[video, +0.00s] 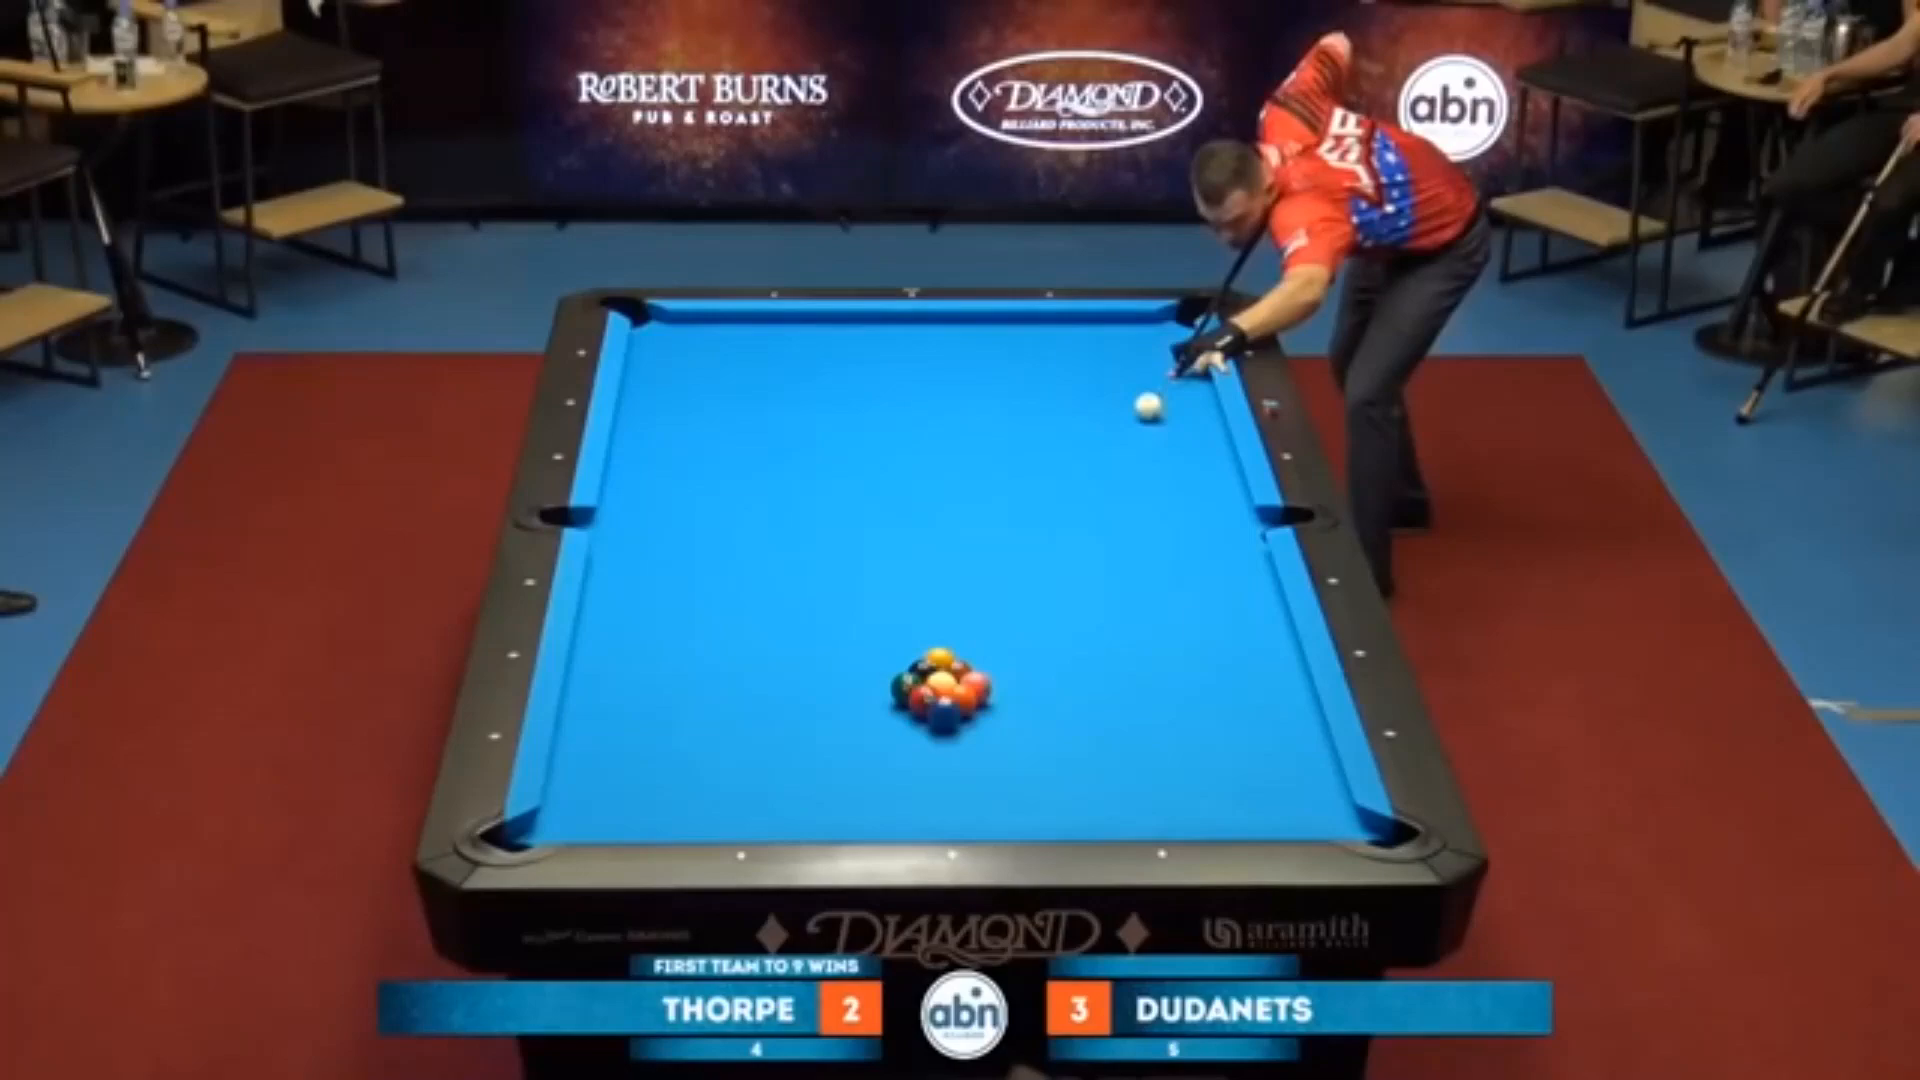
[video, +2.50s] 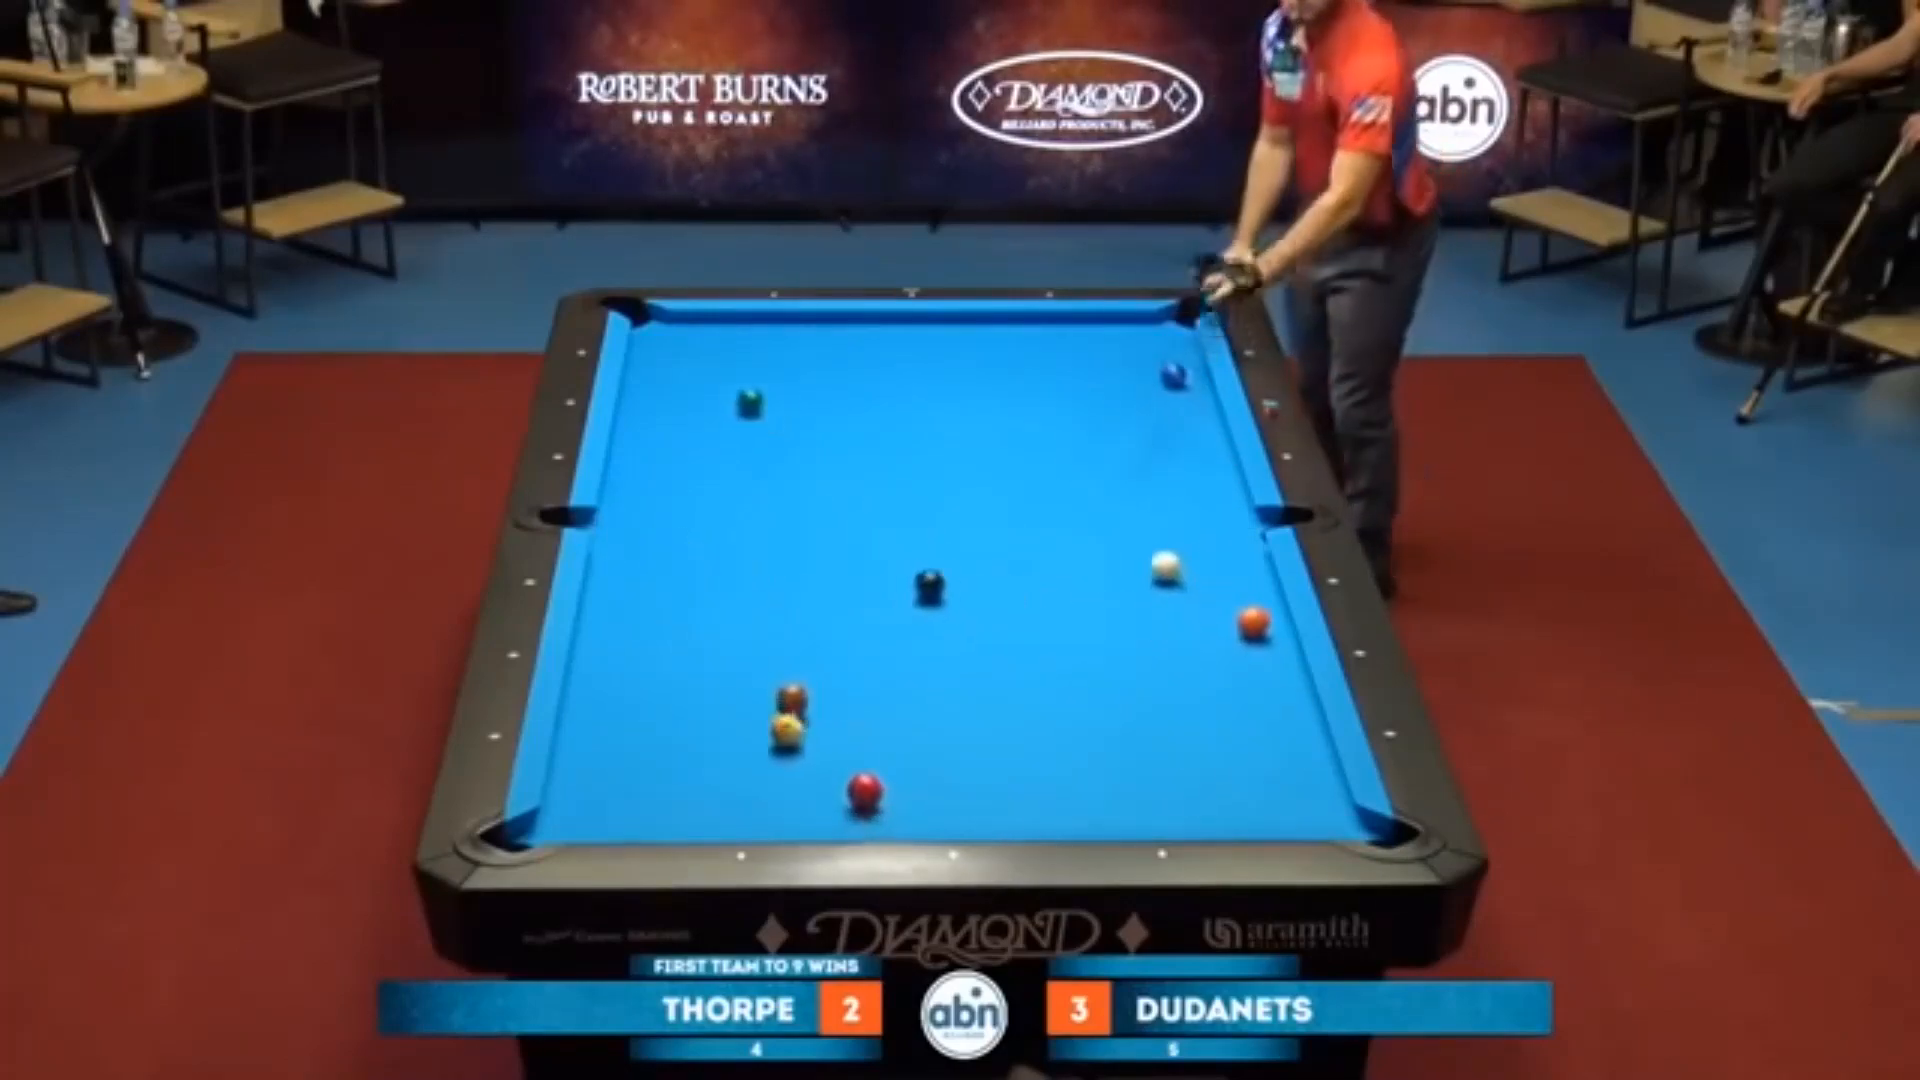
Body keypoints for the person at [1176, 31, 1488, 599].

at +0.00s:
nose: (1228, 237)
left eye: (1235, 222)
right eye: (1216, 227)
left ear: (1263, 187)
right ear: (1201, 206)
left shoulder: (1303, 203)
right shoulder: (1282, 115)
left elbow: (1308, 287)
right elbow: (1336, 43)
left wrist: (1230, 334)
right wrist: (1336, 104)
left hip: (1446, 242)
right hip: (1383, 239)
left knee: (1368, 393)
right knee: (1350, 366)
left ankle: (1370, 574)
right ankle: (1406, 498)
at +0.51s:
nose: (1229, 238)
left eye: (1237, 224)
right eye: (1217, 227)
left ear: (1265, 184)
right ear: (1202, 203)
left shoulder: (1305, 203)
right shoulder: (1281, 120)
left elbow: (1308, 289)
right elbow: (1342, 60)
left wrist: (1229, 336)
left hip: (1446, 242)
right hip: (1384, 238)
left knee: (1369, 393)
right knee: (1349, 367)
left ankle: (1370, 573)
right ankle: (1406, 497)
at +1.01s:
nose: (1226, 145)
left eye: (1235, 132)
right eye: (1216, 134)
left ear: (1270, 101)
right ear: (1202, 111)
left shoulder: (1316, 143)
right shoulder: (1284, 64)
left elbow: (1313, 267)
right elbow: (1311, 133)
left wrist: (1231, 335)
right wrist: (1290, 200)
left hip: (1425, 237)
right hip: (1370, 227)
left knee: (1347, 405)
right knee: (1378, 366)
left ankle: (1368, 573)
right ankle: (1405, 497)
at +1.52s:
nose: (1256, 101)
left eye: (1271, 85)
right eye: (1243, 86)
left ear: (1298, 64)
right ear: (1226, 66)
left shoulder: (1335, 118)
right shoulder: (1254, 80)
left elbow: (1319, 261)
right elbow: (1260, 165)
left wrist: (1237, 337)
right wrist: (1247, 256)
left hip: (1406, 242)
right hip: (1347, 237)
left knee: (1347, 414)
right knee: (1376, 371)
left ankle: (1367, 575)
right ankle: (1402, 493)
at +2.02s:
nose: (1279, 71)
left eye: (1296, 57)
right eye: (1267, 55)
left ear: (1325, 43)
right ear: (1250, 39)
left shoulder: (1350, 113)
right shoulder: (1257, 68)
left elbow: (1323, 254)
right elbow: (1262, 162)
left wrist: (1247, 331)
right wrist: (1249, 260)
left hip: (1397, 243)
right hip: (1335, 235)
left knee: (1350, 412)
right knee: (1367, 369)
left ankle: (1368, 572)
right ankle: (1397, 482)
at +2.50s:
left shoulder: (1371, 54)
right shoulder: (1283, 30)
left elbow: (1349, 194)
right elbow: (1274, 141)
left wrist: (1264, 268)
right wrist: (1244, 243)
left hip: (1380, 240)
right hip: (1313, 230)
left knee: (1357, 404)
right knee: (1312, 396)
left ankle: (1368, 564)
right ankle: (1320, 539)